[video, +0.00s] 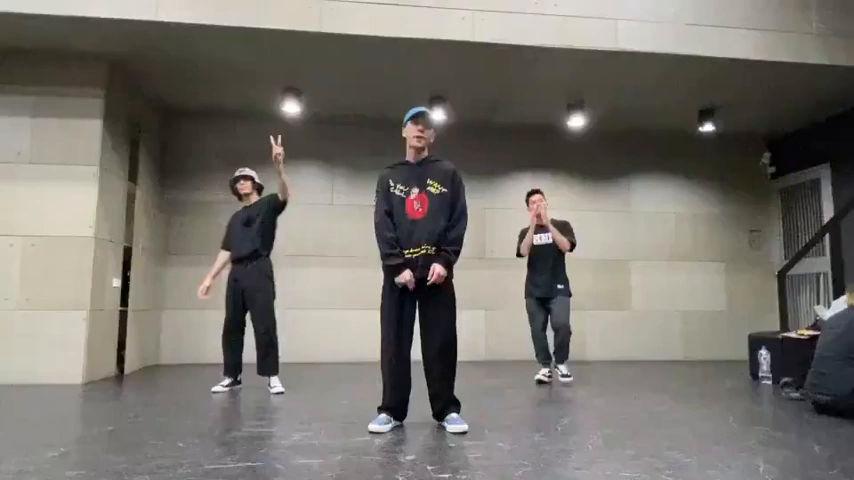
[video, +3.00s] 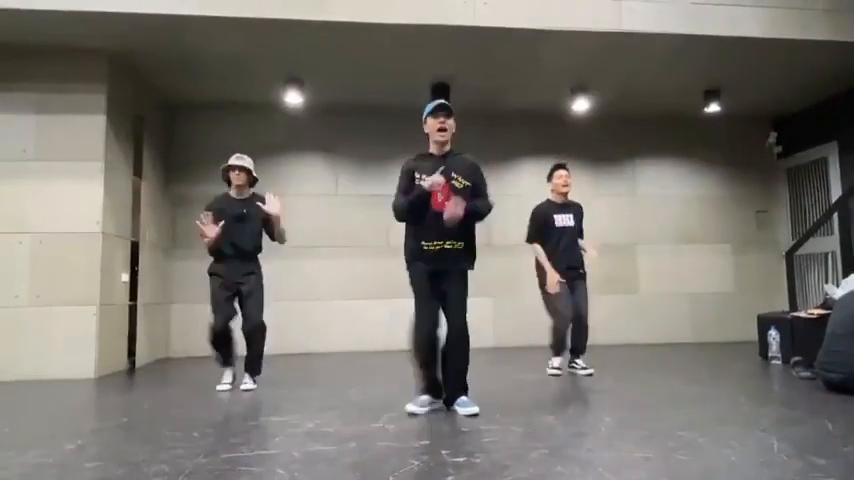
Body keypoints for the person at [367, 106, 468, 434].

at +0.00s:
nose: (419, 132)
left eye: (424, 128)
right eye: (414, 127)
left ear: (431, 134)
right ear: (404, 132)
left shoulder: (448, 173)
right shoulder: (389, 176)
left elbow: (458, 222)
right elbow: (383, 225)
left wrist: (444, 260)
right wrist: (396, 266)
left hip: (437, 270)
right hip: (399, 270)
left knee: (441, 342)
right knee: (394, 343)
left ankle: (447, 410)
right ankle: (391, 411)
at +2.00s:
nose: (449, 126)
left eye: (453, 121)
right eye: (442, 121)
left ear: (461, 127)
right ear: (433, 129)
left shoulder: (477, 169)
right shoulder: (419, 170)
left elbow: (490, 209)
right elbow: (406, 217)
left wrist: (495, 233)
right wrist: (411, 242)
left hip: (465, 261)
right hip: (430, 261)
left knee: (470, 329)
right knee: (420, 323)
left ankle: (470, 400)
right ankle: (414, 398)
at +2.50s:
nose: (439, 123)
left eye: (443, 119)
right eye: (433, 118)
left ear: (449, 126)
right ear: (420, 125)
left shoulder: (464, 167)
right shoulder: (406, 169)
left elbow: (473, 208)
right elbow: (396, 212)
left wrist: (459, 219)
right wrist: (415, 223)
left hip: (453, 265)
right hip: (418, 266)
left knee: (458, 333)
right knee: (417, 333)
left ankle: (459, 398)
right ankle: (416, 397)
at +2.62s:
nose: (437, 124)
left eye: (442, 119)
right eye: (431, 120)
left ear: (449, 126)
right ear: (420, 127)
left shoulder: (462, 164)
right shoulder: (410, 165)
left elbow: (488, 204)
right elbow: (383, 203)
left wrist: (479, 181)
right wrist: (410, 183)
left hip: (450, 265)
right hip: (414, 265)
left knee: (458, 330)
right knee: (405, 318)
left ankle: (457, 397)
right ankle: (386, 390)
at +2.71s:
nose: (436, 129)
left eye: (441, 125)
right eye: (430, 124)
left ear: (449, 130)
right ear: (419, 130)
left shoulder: (466, 172)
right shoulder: (404, 174)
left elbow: (497, 195)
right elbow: (373, 197)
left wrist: (528, 168)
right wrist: (357, 175)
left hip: (450, 272)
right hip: (412, 270)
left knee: (460, 334)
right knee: (390, 327)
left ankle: (458, 397)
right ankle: (355, 395)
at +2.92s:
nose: (440, 125)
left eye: (445, 119)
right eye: (433, 120)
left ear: (453, 126)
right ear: (423, 127)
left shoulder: (467, 166)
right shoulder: (412, 167)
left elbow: (491, 205)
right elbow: (387, 209)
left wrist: (484, 185)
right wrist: (398, 185)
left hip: (455, 261)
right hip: (419, 261)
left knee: (457, 324)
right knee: (414, 315)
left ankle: (457, 396)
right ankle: (393, 389)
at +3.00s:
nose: (442, 128)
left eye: (446, 124)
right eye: (436, 124)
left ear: (453, 127)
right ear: (426, 128)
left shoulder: (468, 166)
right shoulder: (412, 167)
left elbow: (484, 206)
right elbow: (400, 211)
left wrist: (464, 207)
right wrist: (422, 190)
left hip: (456, 258)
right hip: (421, 259)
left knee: (457, 325)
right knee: (426, 325)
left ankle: (457, 393)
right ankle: (430, 391)